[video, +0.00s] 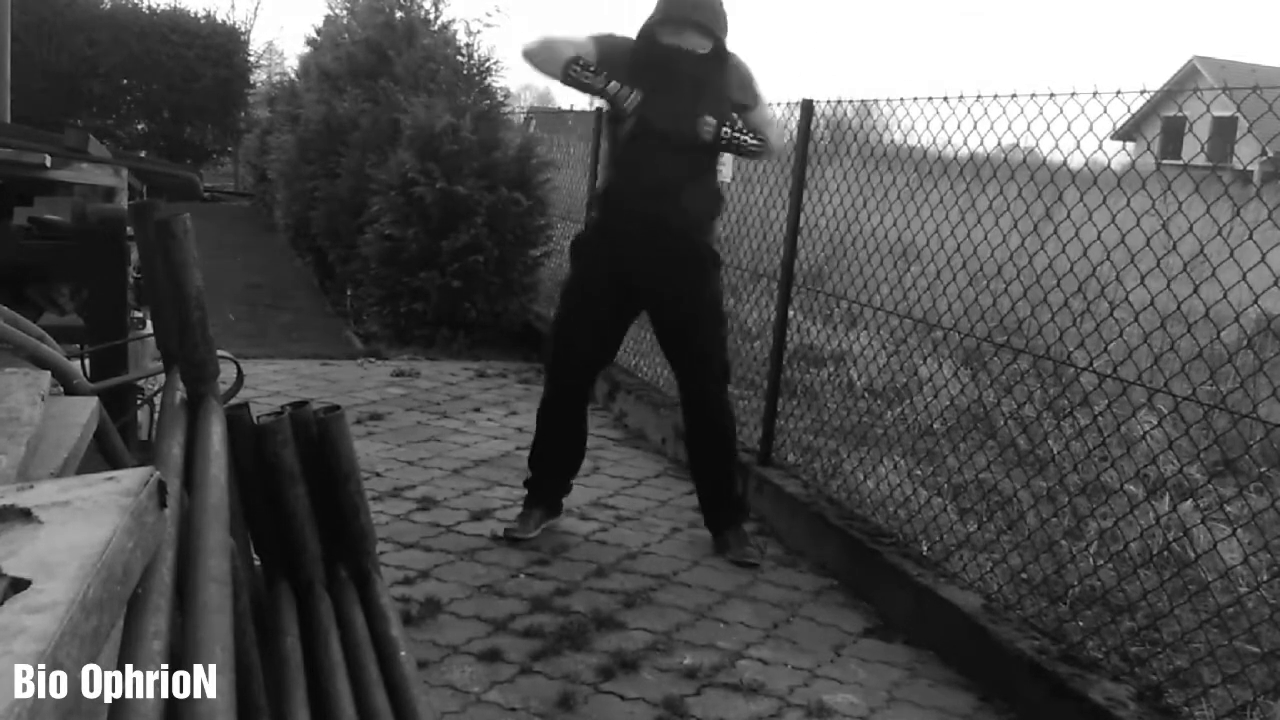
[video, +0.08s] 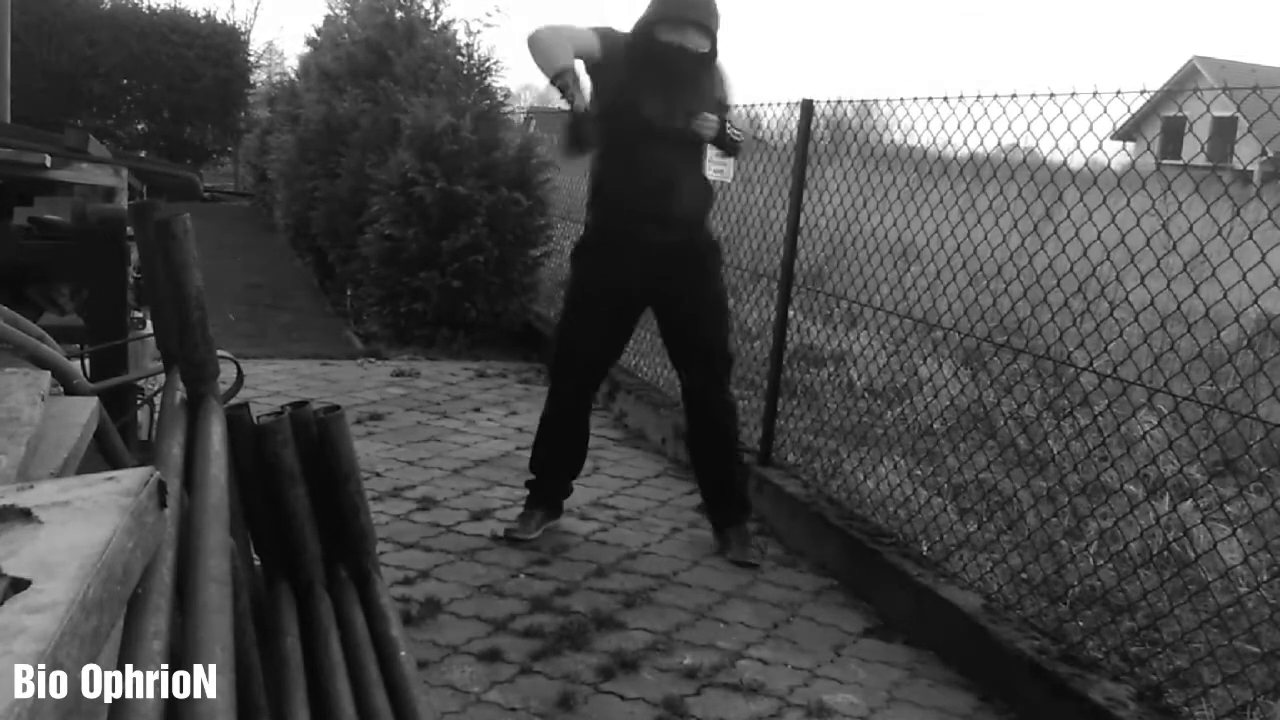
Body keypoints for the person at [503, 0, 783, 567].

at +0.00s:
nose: (682, 52)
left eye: (696, 44)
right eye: (672, 40)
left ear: (712, 38)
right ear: (656, 26)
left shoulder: (729, 75)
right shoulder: (623, 54)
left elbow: (771, 139)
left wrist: (744, 138)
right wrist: (593, 82)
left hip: (685, 259)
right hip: (610, 249)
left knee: (707, 389)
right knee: (567, 376)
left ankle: (727, 524)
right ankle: (542, 500)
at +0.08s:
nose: (681, 56)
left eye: (694, 48)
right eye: (671, 43)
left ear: (708, 41)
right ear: (651, 28)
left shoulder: (710, 77)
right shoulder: (617, 51)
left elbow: (737, 143)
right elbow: (545, 39)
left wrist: (728, 137)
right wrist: (573, 86)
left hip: (686, 254)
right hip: (611, 246)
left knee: (709, 385)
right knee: (573, 376)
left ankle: (731, 520)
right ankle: (544, 500)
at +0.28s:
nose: (663, 59)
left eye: (675, 50)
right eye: (653, 46)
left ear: (687, 53)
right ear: (629, 39)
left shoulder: (675, 107)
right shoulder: (595, 78)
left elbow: (702, 182)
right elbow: (563, 117)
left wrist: (722, 132)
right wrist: (539, 154)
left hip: (684, 262)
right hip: (615, 261)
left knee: (718, 385)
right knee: (581, 386)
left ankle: (734, 520)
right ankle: (546, 503)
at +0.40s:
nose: (653, 34)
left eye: (659, 26)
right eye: (651, 24)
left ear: (620, 13)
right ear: (671, 16)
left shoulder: (696, 66)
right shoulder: (589, 67)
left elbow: (764, 63)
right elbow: (552, 134)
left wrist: (741, 13)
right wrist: (583, 178)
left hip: (689, 245)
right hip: (613, 244)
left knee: (721, 380)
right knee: (576, 376)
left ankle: (736, 519)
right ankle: (544, 502)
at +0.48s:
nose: (643, 47)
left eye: (655, 37)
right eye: (631, 37)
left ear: (675, 30)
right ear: (616, 31)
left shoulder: (706, 56)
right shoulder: (603, 77)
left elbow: (743, 4)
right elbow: (558, 141)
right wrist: (581, 159)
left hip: (686, 251)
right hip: (612, 248)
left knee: (718, 383)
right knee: (576, 376)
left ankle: (733, 519)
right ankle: (543, 499)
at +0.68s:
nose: (651, 67)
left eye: (661, 55)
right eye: (647, 57)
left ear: (690, 48)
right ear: (648, 50)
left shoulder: (736, 92)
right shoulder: (659, 114)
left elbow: (698, 81)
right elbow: (640, 172)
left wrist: (627, 60)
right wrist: (621, 168)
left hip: (675, 270)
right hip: (612, 259)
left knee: (695, 397)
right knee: (566, 370)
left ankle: (725, 524)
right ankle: (547, 500)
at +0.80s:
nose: (676, 59)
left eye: (688, 48)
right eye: (666, 47)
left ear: (716, 42)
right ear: (656, 41)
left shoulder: (744, 93)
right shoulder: (651, 72)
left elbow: (734, 166)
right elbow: (580, 51)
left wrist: (672, 134)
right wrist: (624, 88)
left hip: (686, 259)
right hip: (617, 247)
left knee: (703, 392)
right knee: (571, 371)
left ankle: (725, 523)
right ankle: (547, 500)